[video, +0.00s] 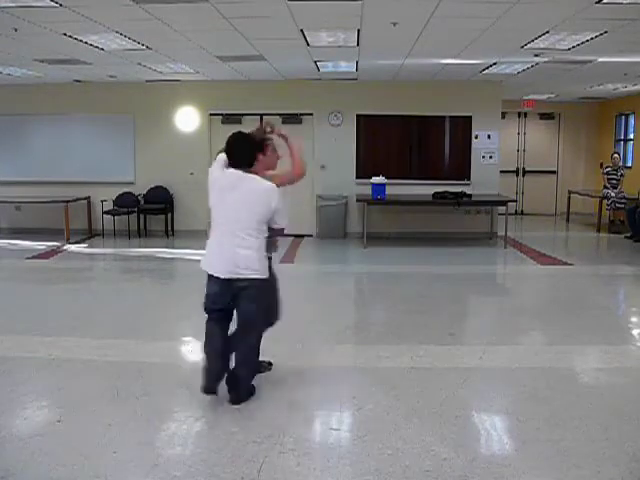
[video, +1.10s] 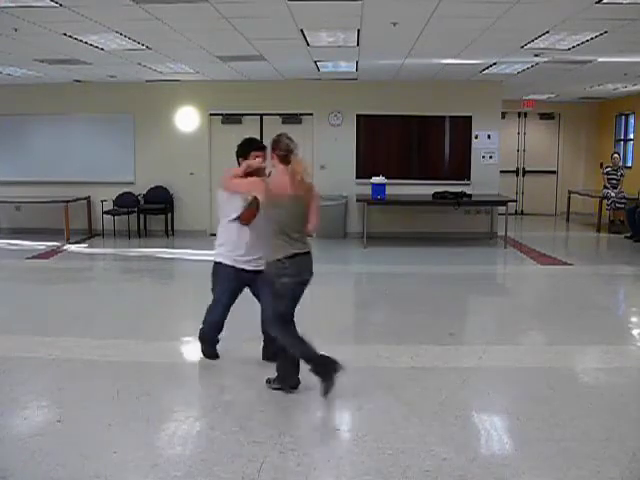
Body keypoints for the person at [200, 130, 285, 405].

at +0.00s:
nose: (267, 157)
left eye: (267, 152)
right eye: (263, 153)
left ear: (230, 157)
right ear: (255, 159)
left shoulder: (217, 178)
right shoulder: (268, 190)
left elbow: (226, 154)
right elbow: (278, 230)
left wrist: (253, 136)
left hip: (217, 267)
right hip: (253, 271)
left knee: (216, 318)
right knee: (250, 329)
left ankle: (212, 377)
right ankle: (239, 389)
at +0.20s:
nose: (242, 159)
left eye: (241, 155)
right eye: (239, 155)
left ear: (216, 159)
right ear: (226, 159)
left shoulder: (203, 180)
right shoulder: (237, 189)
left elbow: (233, 158)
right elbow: (251, 230)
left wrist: (253, 135)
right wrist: (250, 254)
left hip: (204, 266)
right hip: (229, 269)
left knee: (210, 317)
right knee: (237, 327)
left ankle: (195, 363)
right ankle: (238, 388)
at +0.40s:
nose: (228, 158)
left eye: (229, 153)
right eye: (223, 154)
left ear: (219, 157)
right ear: (207, 159)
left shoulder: (210, 179)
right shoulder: (209, 185)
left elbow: (229, 195)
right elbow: (207, 225)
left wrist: (245, 179)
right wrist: (233, 252)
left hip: (203, 263)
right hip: (206, 265)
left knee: (206, 316)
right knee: (215, 320)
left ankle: (194, 362)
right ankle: (205, 379)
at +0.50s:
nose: (224, 159)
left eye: (225, 154)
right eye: (219, 155)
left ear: (224, 156)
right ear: (203, 159)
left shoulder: (218, 183)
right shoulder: (197, 186)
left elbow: (228, 211)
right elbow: (194, 224)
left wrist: (248, 201)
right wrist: (234, 238)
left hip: (212, 263)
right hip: (196, 264)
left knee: (208, 313)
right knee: (203, 313)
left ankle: (197, 362)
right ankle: (176, 366)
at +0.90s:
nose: (239, 165)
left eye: (241, 160)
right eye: (233, 160)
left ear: (242, 161)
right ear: (219, 163)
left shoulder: (244, 186)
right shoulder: (205, 188)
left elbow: (256, 217)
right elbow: (211, 225)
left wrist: (266, 217)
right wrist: (235, 210)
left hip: (236, 261)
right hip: (207, 262)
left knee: (246, 301)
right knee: (205, 309)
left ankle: (229, 347)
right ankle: (206, 347)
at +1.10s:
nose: (262, 163)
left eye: (263, 158)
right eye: (257, 158)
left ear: (265, 160)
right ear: (243, 160)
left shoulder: (267, 186)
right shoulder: (229, 188)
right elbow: (245, 218)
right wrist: (259, 193)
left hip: (260, 263)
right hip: (230, 262)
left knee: (273, 306)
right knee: (221, 306)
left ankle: (272, 347)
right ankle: (208, 339)